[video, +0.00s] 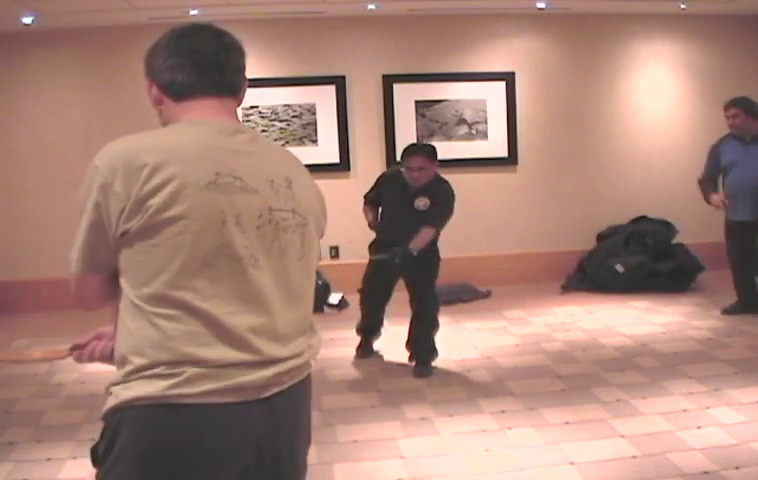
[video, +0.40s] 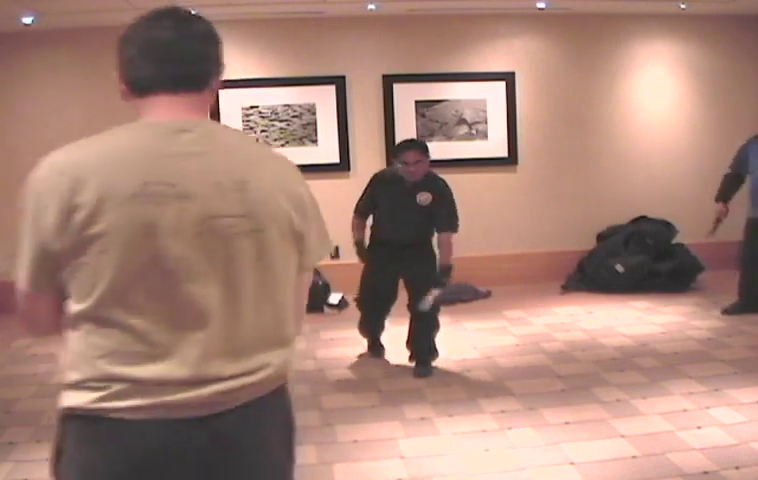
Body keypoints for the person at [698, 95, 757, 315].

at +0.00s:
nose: (730, 122)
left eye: (734, 116)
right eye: (728, 117)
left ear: (750, 116)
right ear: (726, 119)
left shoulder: (755, 143)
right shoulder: (723, 146)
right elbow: (707, 176)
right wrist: (710, 194)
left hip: (753, 216)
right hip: (738, 217)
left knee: (752, 260)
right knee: (740, 260)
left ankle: (752, 300)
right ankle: (745, 299)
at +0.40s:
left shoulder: (750, 147)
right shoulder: (751, 147)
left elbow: (736, 172)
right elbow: (736, 172)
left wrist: (723, 200)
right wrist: (723, 199)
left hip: (754, 217)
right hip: (754, 216)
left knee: (750, 257)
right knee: (749, 257)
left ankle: (748, 299)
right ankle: (747, 299)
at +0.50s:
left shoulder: (754, 151)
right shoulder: (755, 150)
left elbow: (747, 170)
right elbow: (747, 170)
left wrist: (731, 196)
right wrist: (731, 196)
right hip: (757, 220)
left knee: (754, 254)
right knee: (754, 254)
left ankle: (749, 296)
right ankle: (749, 296)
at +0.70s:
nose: (750, 204)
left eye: (752, 200)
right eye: (750, 200)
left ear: (755, 200)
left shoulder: (755, 179)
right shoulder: (754, 178)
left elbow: (753, 209)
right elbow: (752, 207)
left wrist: (743, 225)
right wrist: (744, 224)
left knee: (753, 254)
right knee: (751, 254)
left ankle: (753, 295)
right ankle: (751, 292)